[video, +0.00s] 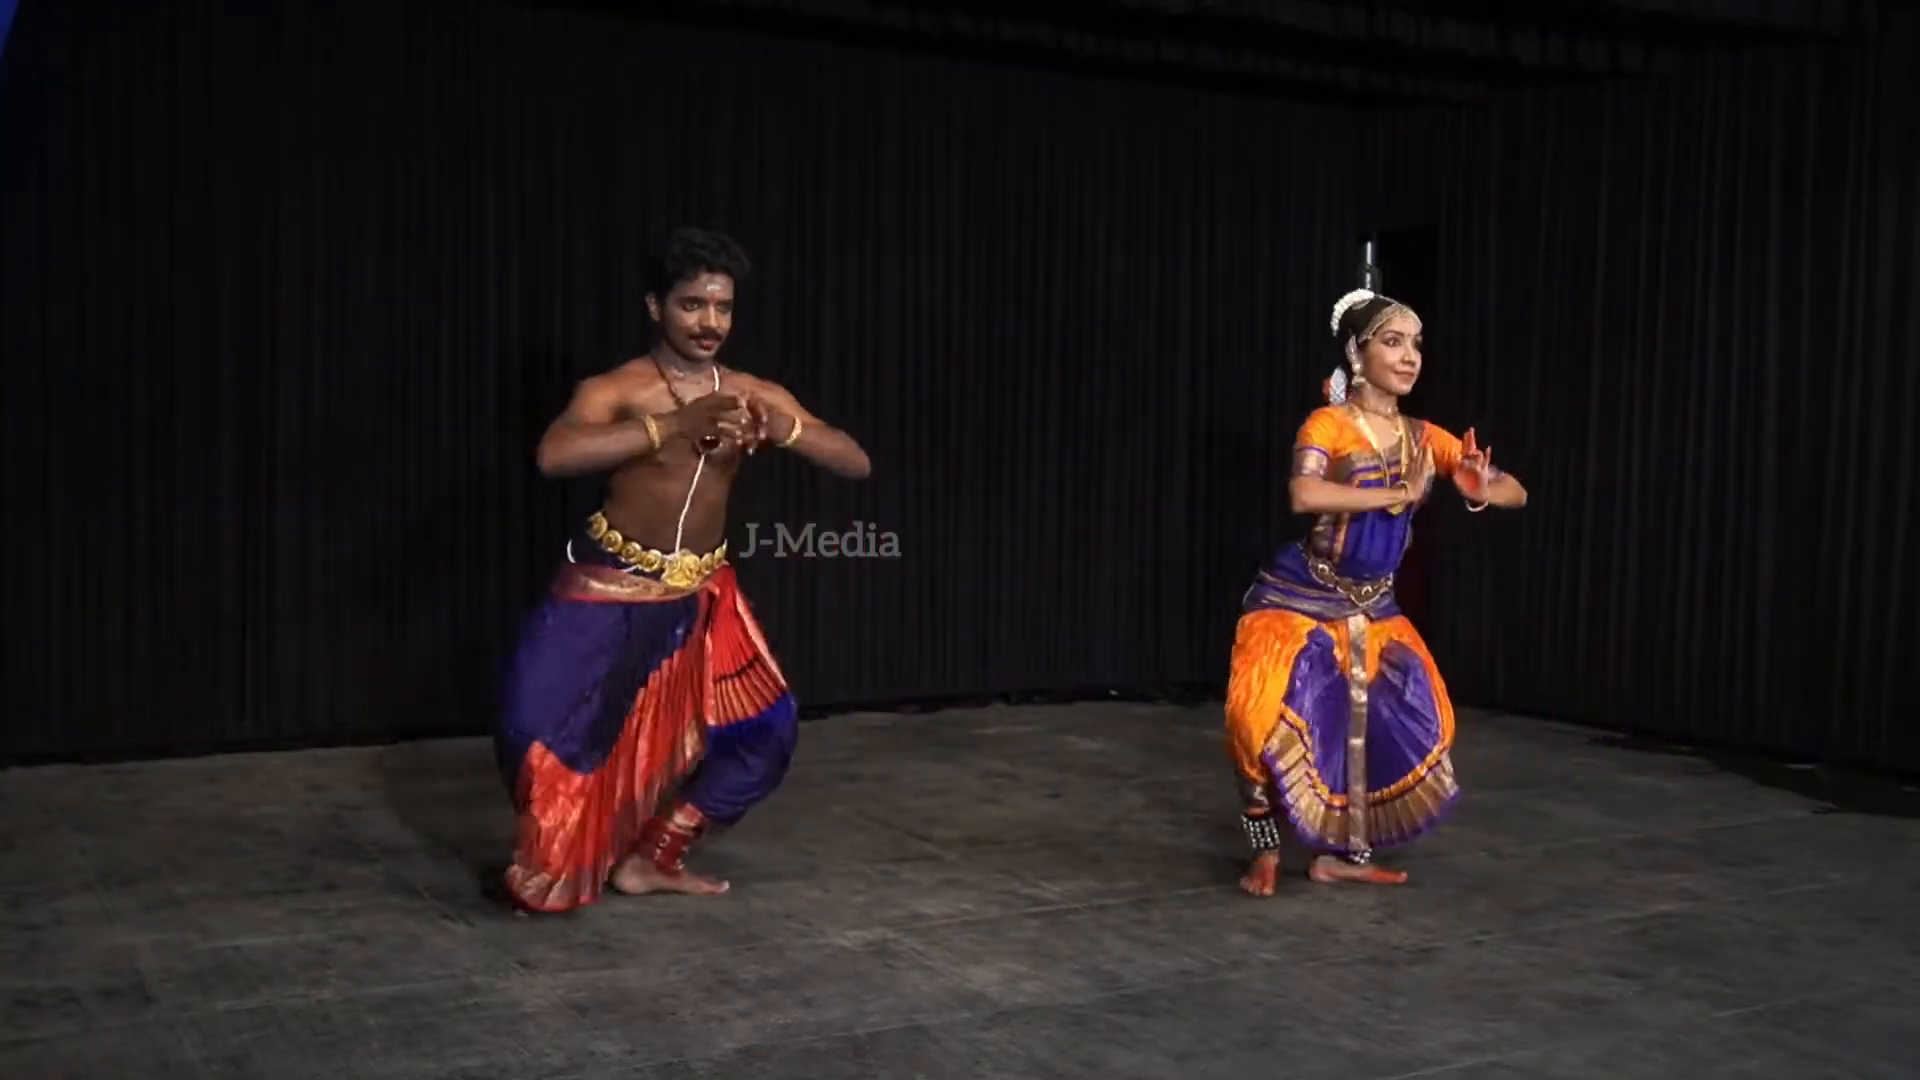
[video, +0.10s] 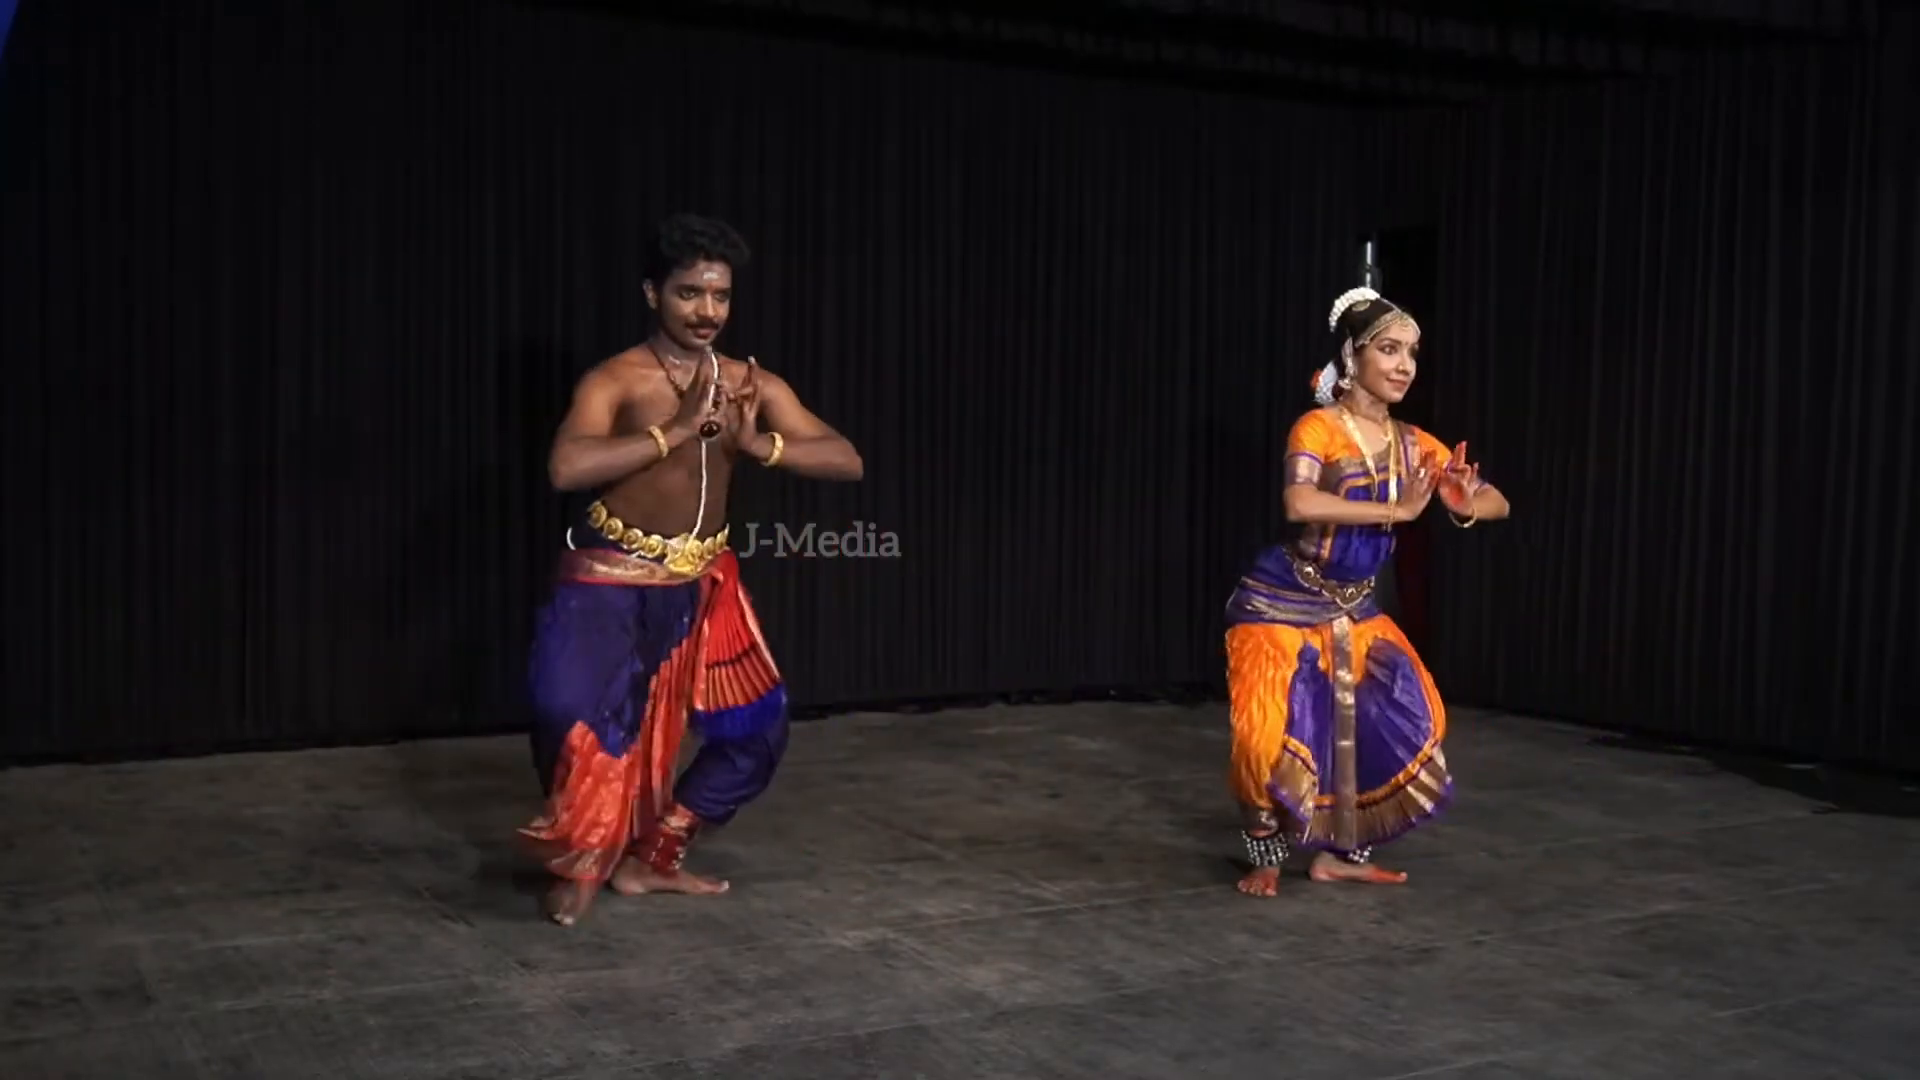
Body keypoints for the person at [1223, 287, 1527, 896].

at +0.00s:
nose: (1410, 355)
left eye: (1416, 344)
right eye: (1394, 342)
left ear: (1421, 357)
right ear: (1358, 354)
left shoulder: (1426, 438)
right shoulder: (1327, 424)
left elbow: (1517, 492)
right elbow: (1304, 494)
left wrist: (1489, 487)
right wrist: (1389, 496)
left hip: (1373, 609)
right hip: (1295, 600)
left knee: (1412, 714)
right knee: (1251, 709)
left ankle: (1341, 851)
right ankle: (1265, 847)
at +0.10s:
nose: (1404, 366)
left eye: (1412, 354)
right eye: (1390, 350)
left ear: (1415, 364)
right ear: (1352, 356)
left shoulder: (1414, 443)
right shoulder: (1318, 428)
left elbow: (1497, 504)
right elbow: (1300, 502)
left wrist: (1471, 503)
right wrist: (1398, 510)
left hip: (1353, 611)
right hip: (1280, 604)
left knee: (1410, 714)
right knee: (1262, 729)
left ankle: (1336, 851)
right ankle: (1265, 858)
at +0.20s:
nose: (1403, 371)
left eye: (1409, 359)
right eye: (1388, 355)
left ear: (1410, 367)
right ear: (1350, 361)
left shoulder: (1404, 446)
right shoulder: (1316, 433)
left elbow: (1480, 510)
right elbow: (1311, 517)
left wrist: (1457, 505)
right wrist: (1407, 523)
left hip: (1342, 614)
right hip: (1272, 611)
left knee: (1397, 714)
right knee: (1275, 742)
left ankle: (1334, 853)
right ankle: (1269, 858)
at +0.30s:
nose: (1404, 373)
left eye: (1410, 359)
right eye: (1390, 357)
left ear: (1411, 365)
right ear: (1351, 364)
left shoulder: (1383, 435)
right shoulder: (1330, 433)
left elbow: (1432, 489)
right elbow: (1374, 518)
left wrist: (1464, 485)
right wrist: (1464, 497)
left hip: (1335, 609)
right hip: (1277, 610)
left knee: (1374, 715)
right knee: (1293, 741)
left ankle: (1337, 852)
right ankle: (1268, 858)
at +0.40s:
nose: (1415, 375)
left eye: (1420, 361)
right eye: (1402, 359)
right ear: (1359, 363)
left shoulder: (1366, 418)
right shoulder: (1353, 432)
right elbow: (1460, 462)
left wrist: (1405, 453)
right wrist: (1548, 445)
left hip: (1334, 609)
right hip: (1287, 611)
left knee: (1383, 736)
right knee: (1328, 765)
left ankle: (1338, 869)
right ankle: (1262, 838)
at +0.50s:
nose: (1429, 380)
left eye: (1432, 367)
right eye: (1416, 365)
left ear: (1376, 369)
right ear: (1372, 369)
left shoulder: (1349, 414)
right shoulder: (1382, 442)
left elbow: (1305, 425)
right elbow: (1478, 440)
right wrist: (1575, 429)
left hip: (1330, 611)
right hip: (1309, 614)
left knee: (1400, 743)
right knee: (1391, 743)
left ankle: (1343, 872)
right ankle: (1277, 827)